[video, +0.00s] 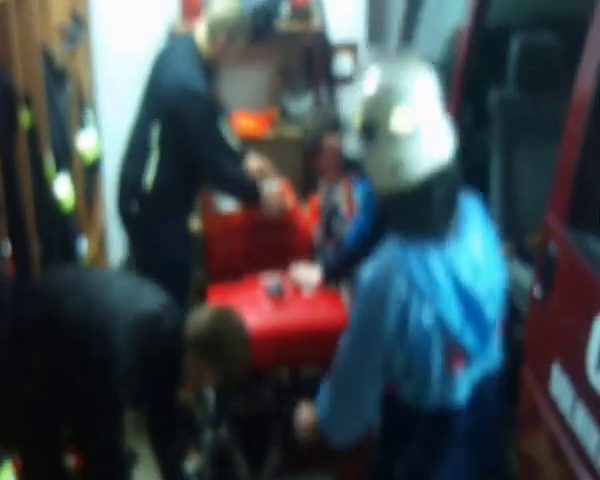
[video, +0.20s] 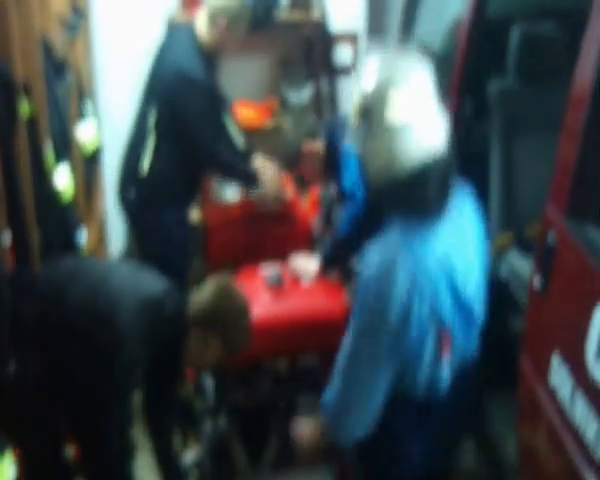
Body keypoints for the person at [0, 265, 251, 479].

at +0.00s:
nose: (206, 386)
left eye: (215, 380)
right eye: (212, 376)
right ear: (202, 355)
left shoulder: (166, 325)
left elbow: (163, 423)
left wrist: (173, 472)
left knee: (103, 452)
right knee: (42, 457)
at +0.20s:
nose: (209, 366)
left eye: (216, 359)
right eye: (215, 357)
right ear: (205, 338)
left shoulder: (167, 306)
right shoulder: (130, 329)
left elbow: (159, 412)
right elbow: (112, 428)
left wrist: (172, 470)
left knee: (104, 448)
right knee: (42, 458)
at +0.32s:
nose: (215, 357)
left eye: (222, 350)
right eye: (221, 347)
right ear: (209, 326)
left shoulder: (170, 302)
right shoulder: (138, 323)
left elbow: (160, 404)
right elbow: (116, 421)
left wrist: (177, 469)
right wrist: (116, 469)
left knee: (102, 448)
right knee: (43, 460)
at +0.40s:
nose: (215, 353)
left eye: (223, 346)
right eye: (222, 342)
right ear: (212, 322)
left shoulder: (172, 302)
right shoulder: (140, 317)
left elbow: (160, 401)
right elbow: (116, 421)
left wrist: (179, 469)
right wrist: (117, 471)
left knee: (102, 446)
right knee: (45, 460)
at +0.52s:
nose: (223, 341)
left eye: (230, 334)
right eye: (227, 332)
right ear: (214, 313)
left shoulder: (171, 298)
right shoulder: (140, 315)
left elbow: (163, 401)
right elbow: (115, 421)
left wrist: (180, 467)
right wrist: (116, 471)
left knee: (104, 448)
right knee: (51, 464)